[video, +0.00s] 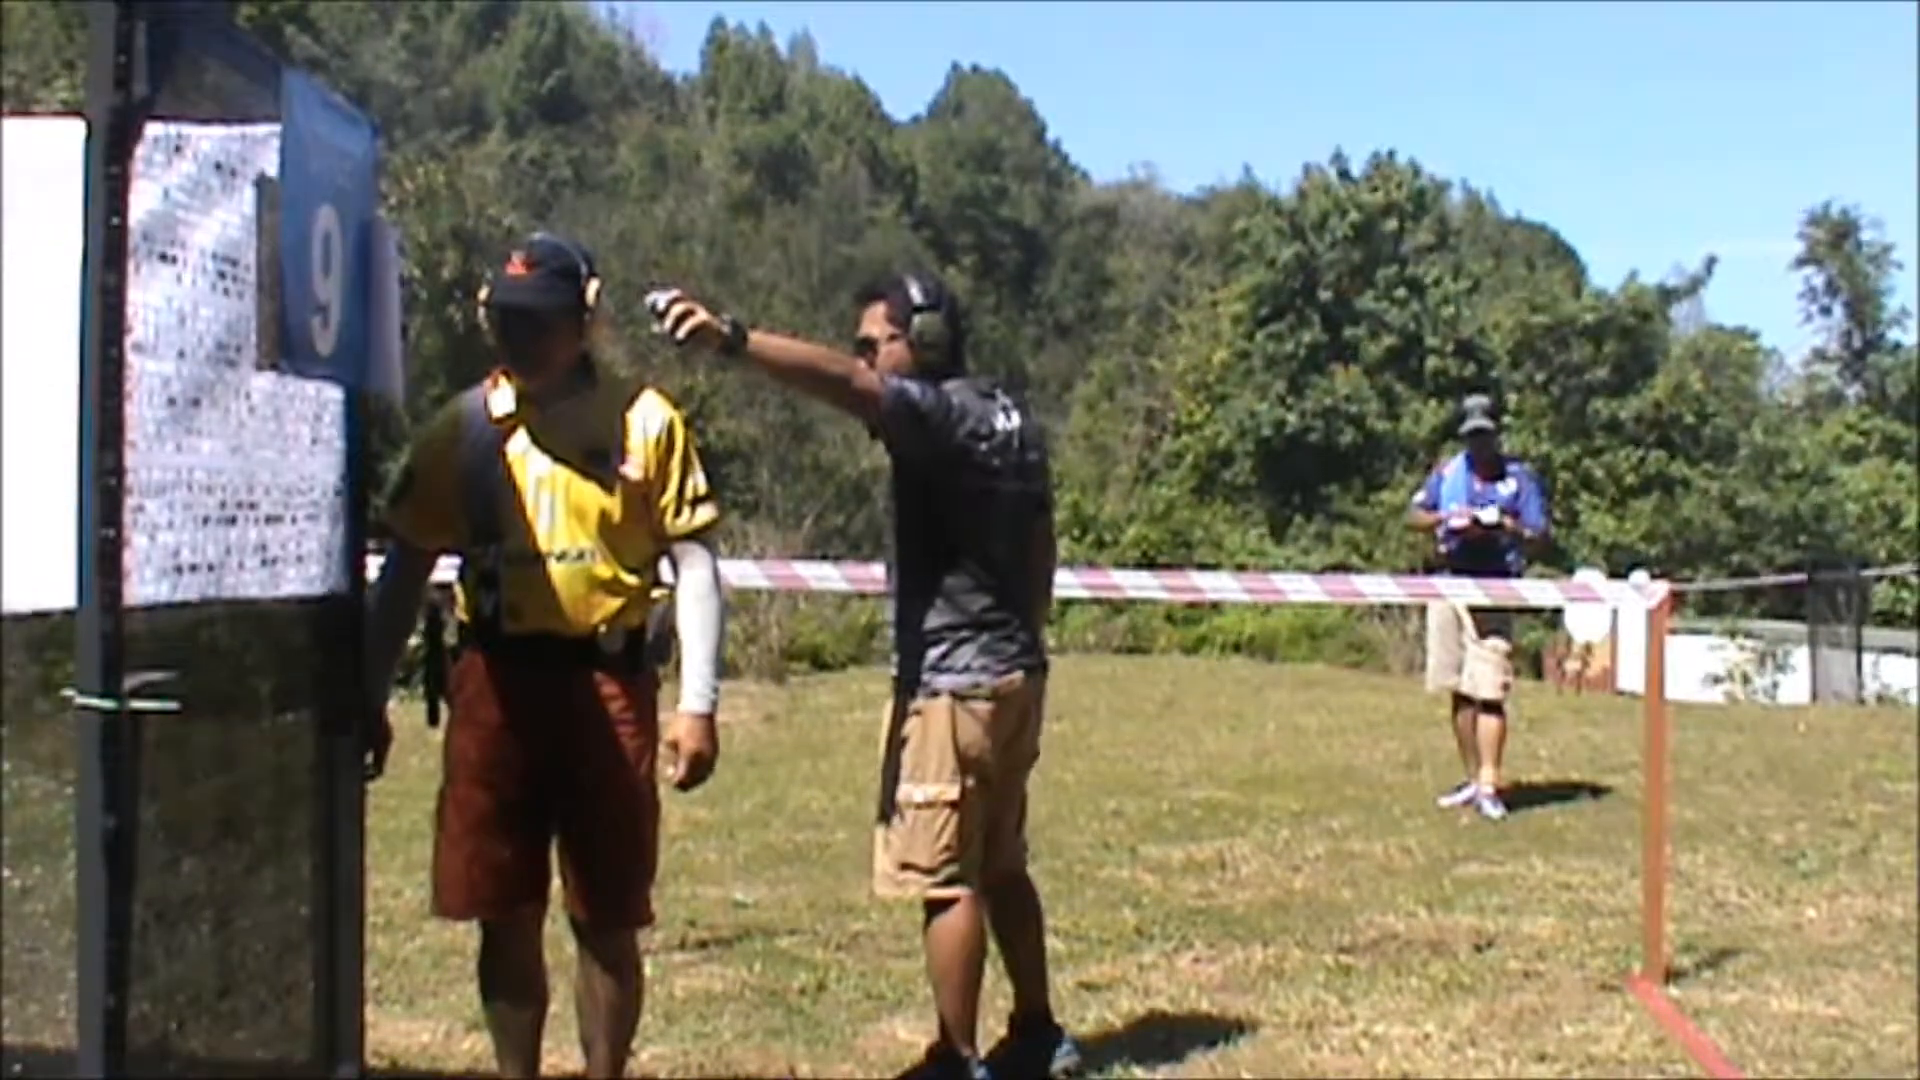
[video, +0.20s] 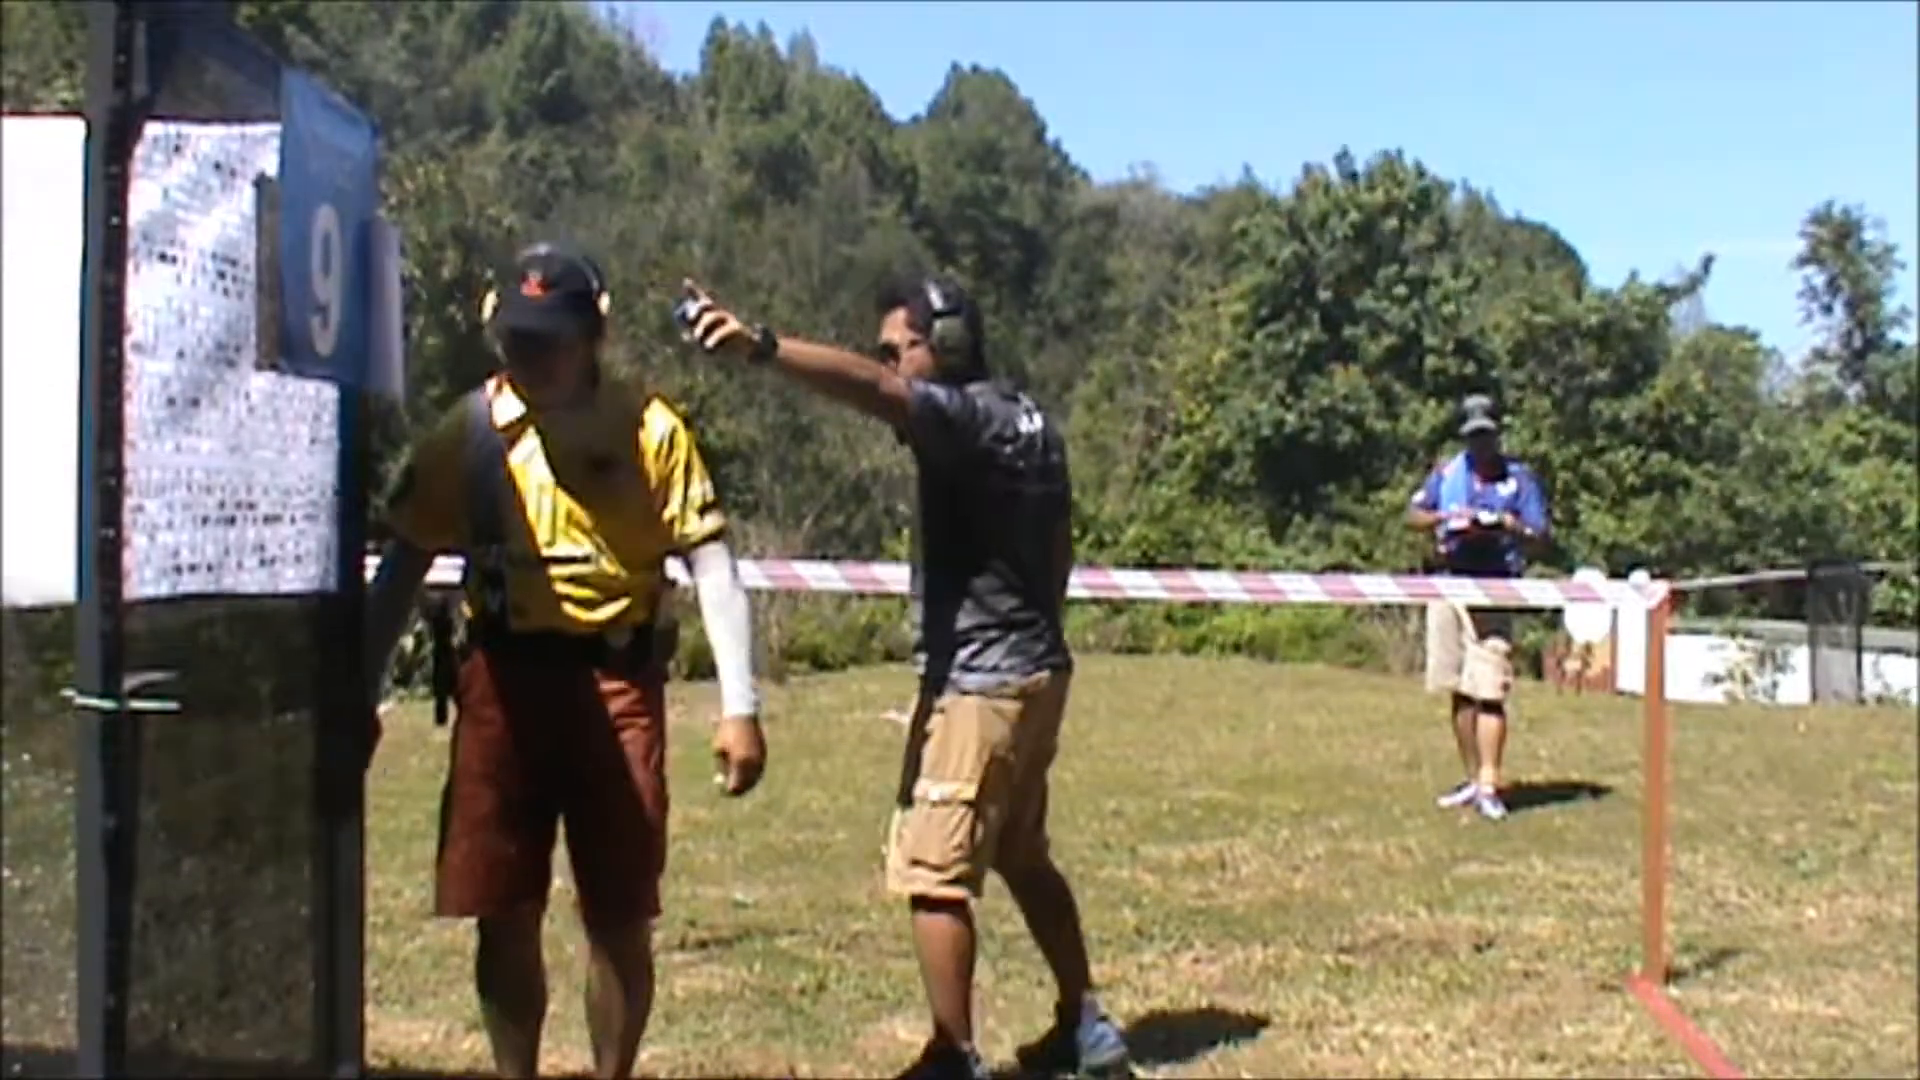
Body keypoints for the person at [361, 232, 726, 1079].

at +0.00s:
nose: (517, 340)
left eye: (537, 324)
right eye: (507, 321)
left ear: (585, 327)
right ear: (492, 319)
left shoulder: (646, 423)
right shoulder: (467, 425)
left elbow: (694, 565)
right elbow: (407, 567)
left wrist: (698, 701)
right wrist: (370, 697)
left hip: (607, 693)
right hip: (496, 693)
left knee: (607, 924)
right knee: (504, 916)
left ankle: (605, 1071)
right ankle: (518, 1072)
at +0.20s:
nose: (527, 359)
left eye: (547, 342)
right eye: (517, 341)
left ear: (595, 336)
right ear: (497, 334)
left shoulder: (651, 430)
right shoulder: (472, 430)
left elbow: (714, 568)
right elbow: (404, 565)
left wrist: (740, 705)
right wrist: (360, 694)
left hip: (616, 689)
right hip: (502, 689)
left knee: (620, 920)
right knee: (505, 913)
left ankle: (614, 1071)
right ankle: (514, 1071)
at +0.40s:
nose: (580, 433)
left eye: (595, 416)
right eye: (562, 416)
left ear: (624, 394)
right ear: (531, 394)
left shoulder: (671, 461)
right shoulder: (490, 432)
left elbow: (752, 583)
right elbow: (425, 475)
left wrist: (813, 718)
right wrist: (436, 583)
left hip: (645, 702)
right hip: (526, 698)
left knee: (724, 898)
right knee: (493, 922)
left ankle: (719, 1061)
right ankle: (509, 1072)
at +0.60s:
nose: (653, 490)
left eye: (662, 470)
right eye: (629, 478)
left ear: (678, 444)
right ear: (585, 458)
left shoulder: (728, 522)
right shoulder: (543, 485)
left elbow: (801, 624)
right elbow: (499, 540)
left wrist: (856, 739)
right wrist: (518, 640)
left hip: (700, 745)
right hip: (580, 738)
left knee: (812, 931)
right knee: (513, 944)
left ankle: (877, 1059)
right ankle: (515, 1073)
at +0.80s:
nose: (811, 500)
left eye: (826, 481)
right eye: (789, 483)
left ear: (848, 464)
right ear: (748, 466)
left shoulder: (885, 552)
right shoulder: (693, 502)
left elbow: (975, 646)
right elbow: (617, 522)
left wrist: (1063, 756)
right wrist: (635, 637)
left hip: (815, 780)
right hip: (690, 763)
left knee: (909, 951)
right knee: (583, 948)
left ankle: (927, 1072)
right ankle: (537, 1070)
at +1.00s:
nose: (949, 387)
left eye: (970, 371)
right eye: (941, 367)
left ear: (1018, 373)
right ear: (930, 365)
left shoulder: (1083, 474)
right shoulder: (895, 436)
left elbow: (1189, 561)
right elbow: (820, 467)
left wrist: (1249, 681)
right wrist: (833, 553)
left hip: (1007, 742)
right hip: (889, 719)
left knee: (1001, 958)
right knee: (810, 905)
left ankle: (970, 1070)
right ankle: (816, 1038)